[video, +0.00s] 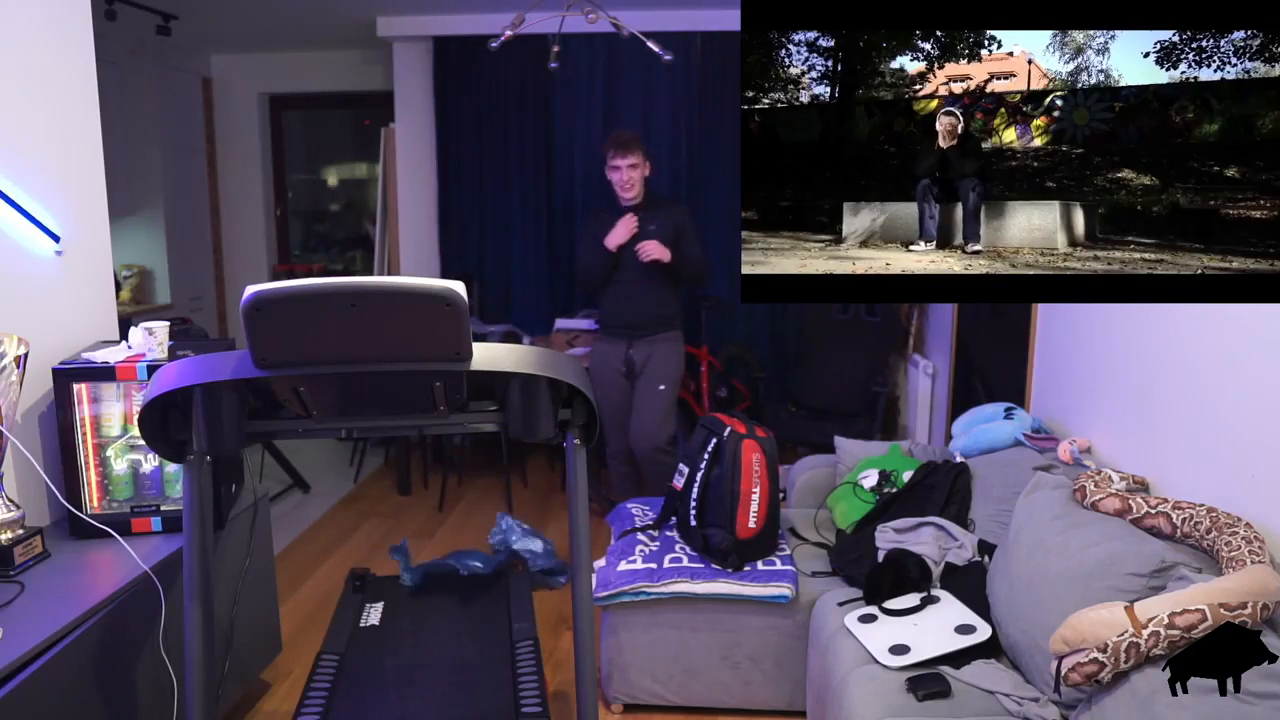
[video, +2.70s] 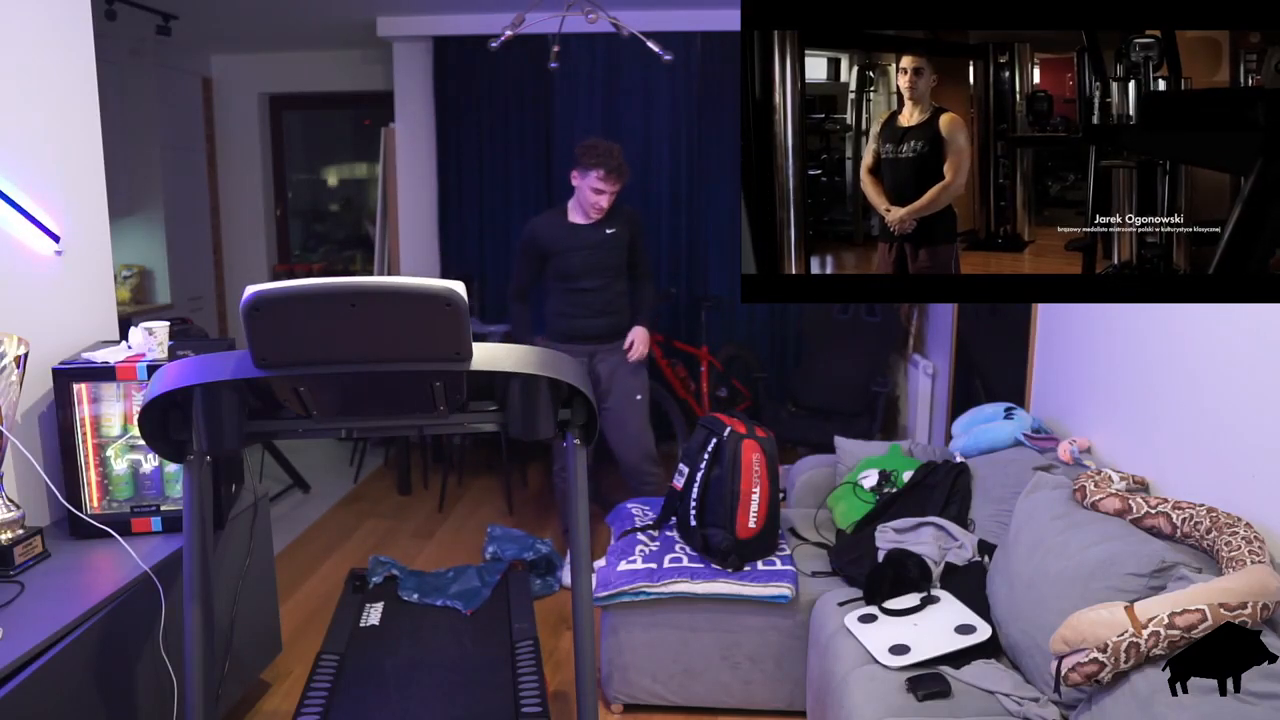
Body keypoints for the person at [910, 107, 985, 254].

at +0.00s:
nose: (947, 128)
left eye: (951, 124)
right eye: (943, 124)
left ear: (959, 127)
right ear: (938, 126)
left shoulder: (969, 141)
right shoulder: (930, 141)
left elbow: (970, 171)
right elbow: (922, 172)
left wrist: (951, 148)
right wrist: (940, 148)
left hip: (964, 183)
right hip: (941, 184)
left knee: (971, 187)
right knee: (925, 186)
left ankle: (971, 241)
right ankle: (927, 240)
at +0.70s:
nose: (965, 110)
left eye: (969, 106)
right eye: (961, 106)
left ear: (972, 108)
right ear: (950, 107)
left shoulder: (978, 125)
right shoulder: (938, 124)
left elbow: (985, 155)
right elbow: (929, 154)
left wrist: (969, 149)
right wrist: (951, 152)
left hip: (968, 171)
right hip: (943, 170)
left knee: (978, 192)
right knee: (928, 191)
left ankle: (974, 242)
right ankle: (929, 240)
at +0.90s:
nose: (913, 78)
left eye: (922, 72)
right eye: (908, 72)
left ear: (936, 80)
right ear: (901, 78)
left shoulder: (952, 122)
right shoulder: (887, 122)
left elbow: (959, 182)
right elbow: (869, 172)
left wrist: (910, 212)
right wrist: (895, 214)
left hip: (936, 239)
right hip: (893, 238)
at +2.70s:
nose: (909, 79)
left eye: (918, 72)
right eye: (904, 72)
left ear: (933, 80)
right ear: (897, 78)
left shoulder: (949, 123)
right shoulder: (883, 123)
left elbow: (955, 184)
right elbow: (865, 173)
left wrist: (906, 213)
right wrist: (890, 214)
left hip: (933, 240)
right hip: (890, 239)